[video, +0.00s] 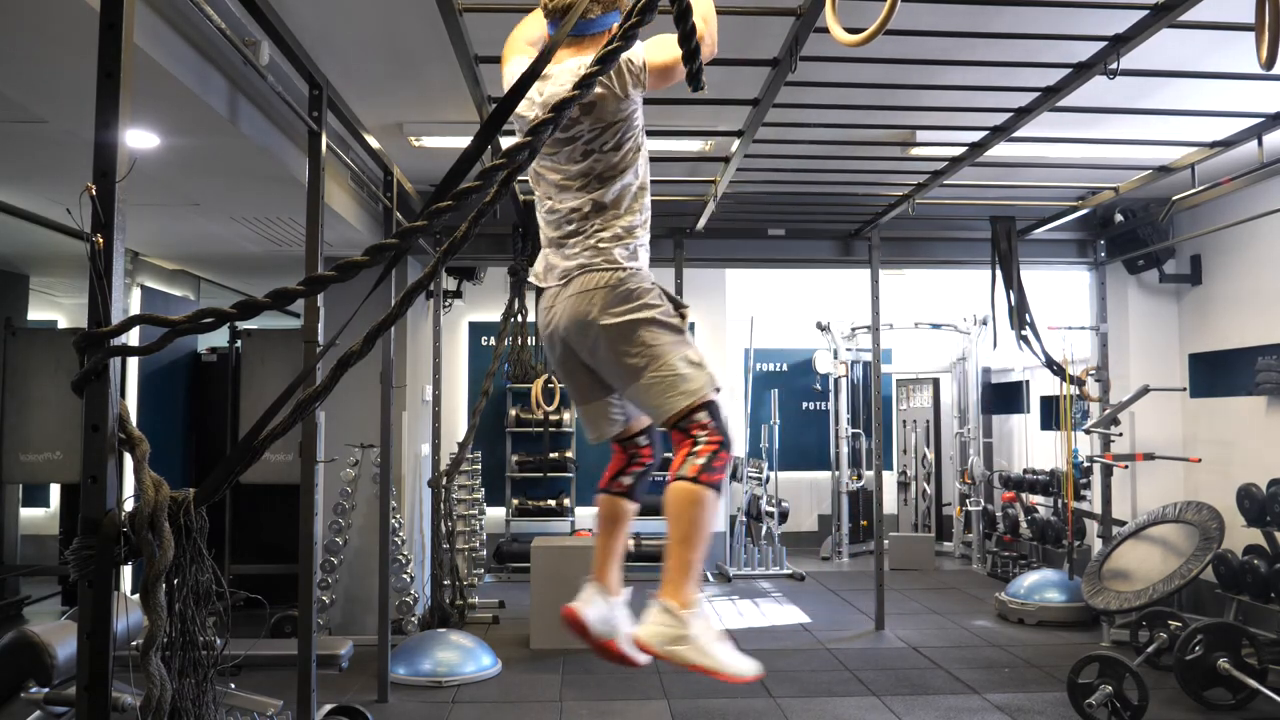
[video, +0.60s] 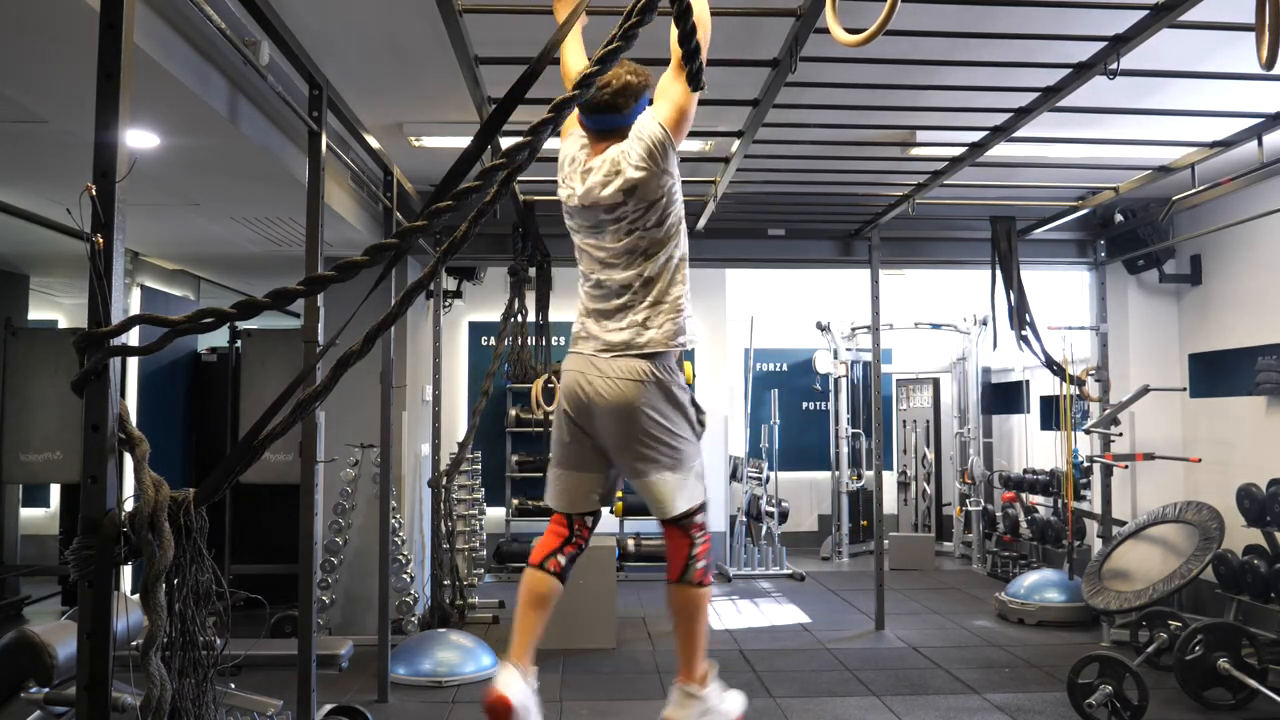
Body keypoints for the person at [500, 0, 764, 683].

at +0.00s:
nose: (625, 24)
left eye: (620, 19)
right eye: (624, 17)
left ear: (558, 21)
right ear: (618, 16)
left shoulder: (527, 75)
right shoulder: (619, 69)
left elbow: (527, 34)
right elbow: (704, 41)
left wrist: (573, 1)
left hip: (553, 303)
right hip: (612, 287)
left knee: (633, 443)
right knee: (703, 435)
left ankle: (602, 594)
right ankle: (677, 611)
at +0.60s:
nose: (660, 106)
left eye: (651, 97)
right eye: (652, 100)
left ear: (586, 113)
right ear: (638, 112)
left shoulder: (574, 167)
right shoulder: (649, 155)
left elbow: (577, 84)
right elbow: (689, 68)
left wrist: (568, 18)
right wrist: (696, 4)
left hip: (581, 367)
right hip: (643, 370)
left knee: (567, 524)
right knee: (687, 527)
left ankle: (515, 670)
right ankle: (692, 683)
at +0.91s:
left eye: (609, 130)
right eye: (655, 126)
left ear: (600, 133)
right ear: (664, 130)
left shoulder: (587, 178)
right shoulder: (697, 176)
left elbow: (573, 96)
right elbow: (736, 118)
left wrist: (568, 27)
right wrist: (684, 84)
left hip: (613, 367)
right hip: (689, 371)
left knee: (514, 421)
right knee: (728, 499)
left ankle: (508, 487)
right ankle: (779, 577)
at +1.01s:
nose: (667, 146)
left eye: (628, 138)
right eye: (671, 136)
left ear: (621, 142)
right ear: (676, 138)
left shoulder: (605, 181)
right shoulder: (703, 178)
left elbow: (586, 96)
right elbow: (704, 114)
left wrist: (571, 24)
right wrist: (684, 63)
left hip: (625, 363)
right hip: (695, 374)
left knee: (516, 409)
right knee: (676, 513)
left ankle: (471, 506)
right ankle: (699, 615)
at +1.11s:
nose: (684, 149)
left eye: (622, 142)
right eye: (677, 142)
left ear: (632, 149)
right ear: (677, 150)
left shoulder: (617, 185)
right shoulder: (700, 187)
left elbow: (589, 96)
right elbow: (695, 110)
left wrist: (572, 23)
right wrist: (687, 39)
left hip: (631, 362)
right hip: (690, 377)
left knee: (515, 413)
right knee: (633, 514)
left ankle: (428, 506)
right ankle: (596, 623)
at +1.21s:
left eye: (629, 139)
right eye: (672, 142)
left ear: (632, 154)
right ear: (676, 154)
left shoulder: (617, 188)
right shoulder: (697, 196)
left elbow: (591, 99)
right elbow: (694, 123)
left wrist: (572, 25)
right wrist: (690, 52)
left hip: (611, 359)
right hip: (668, 378)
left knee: (503, 410)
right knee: (596, 506)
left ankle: (416, 503)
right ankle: (531, 623)